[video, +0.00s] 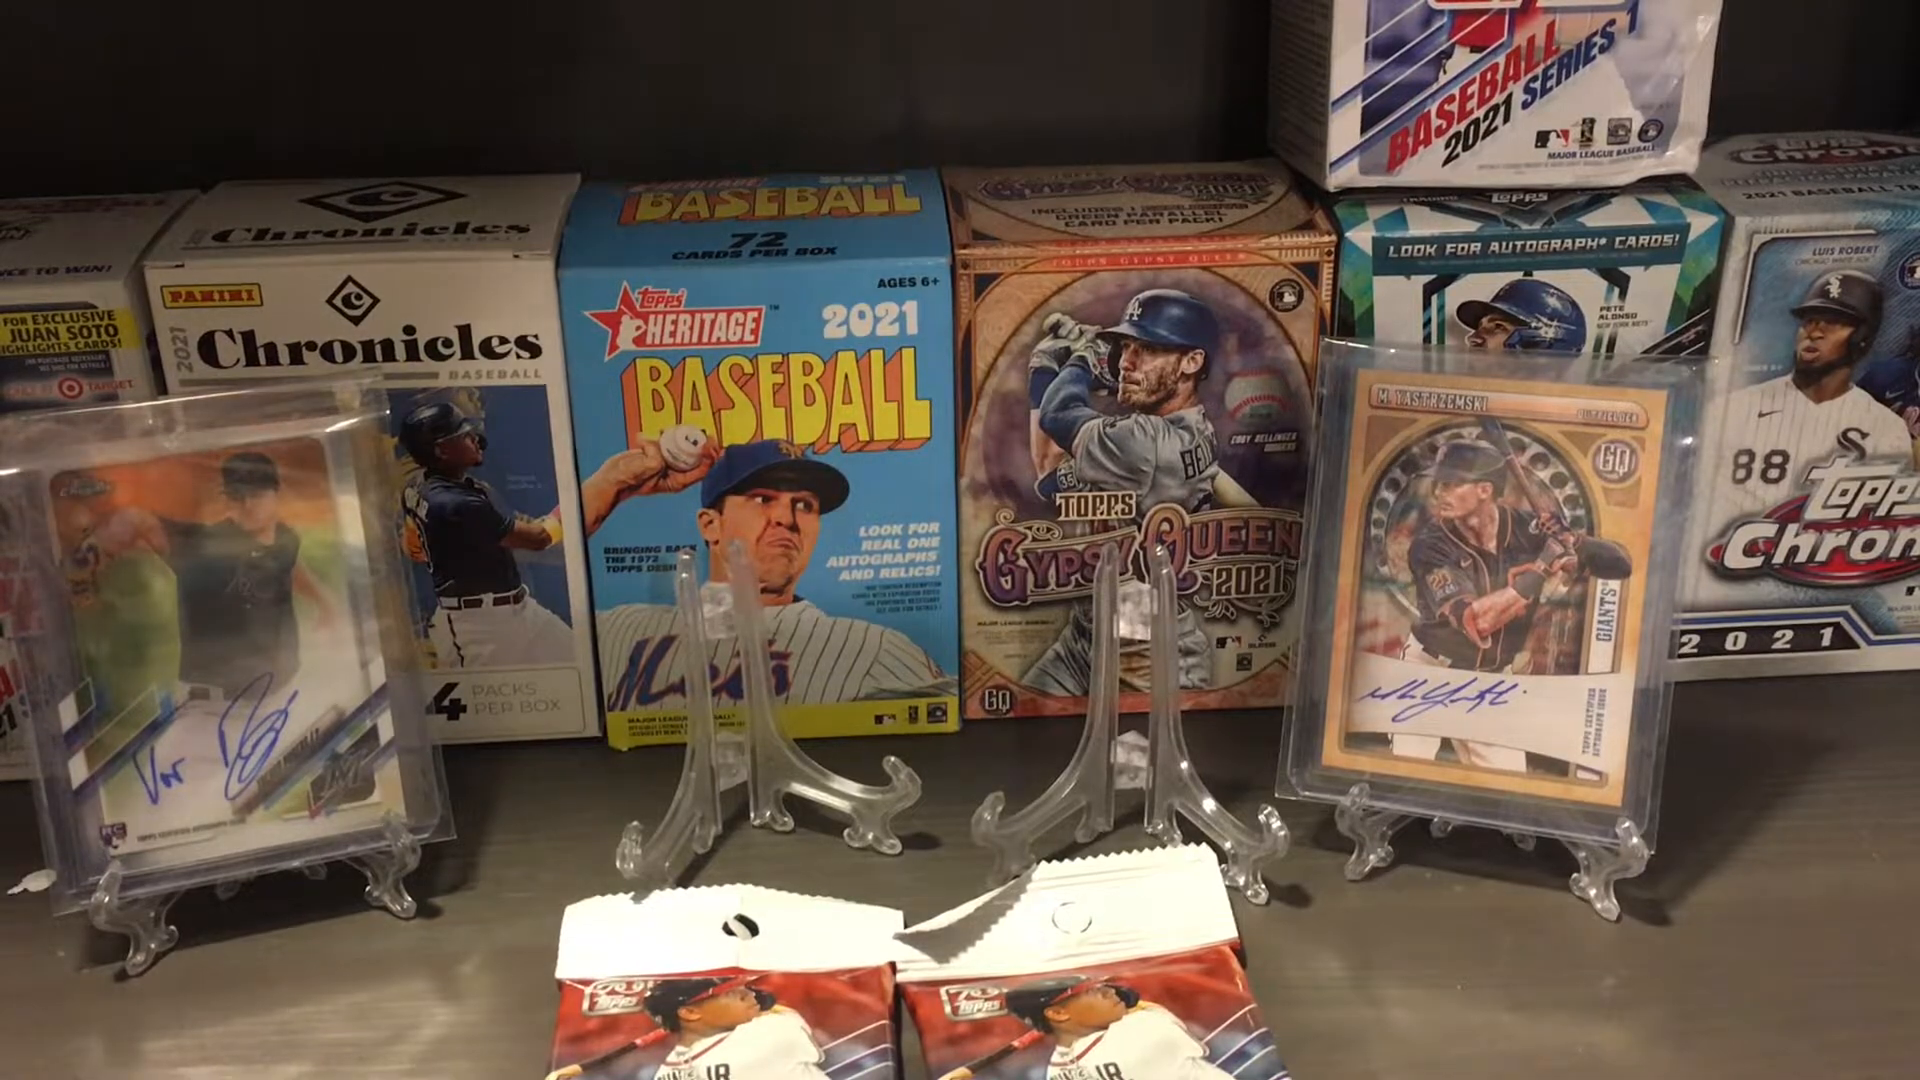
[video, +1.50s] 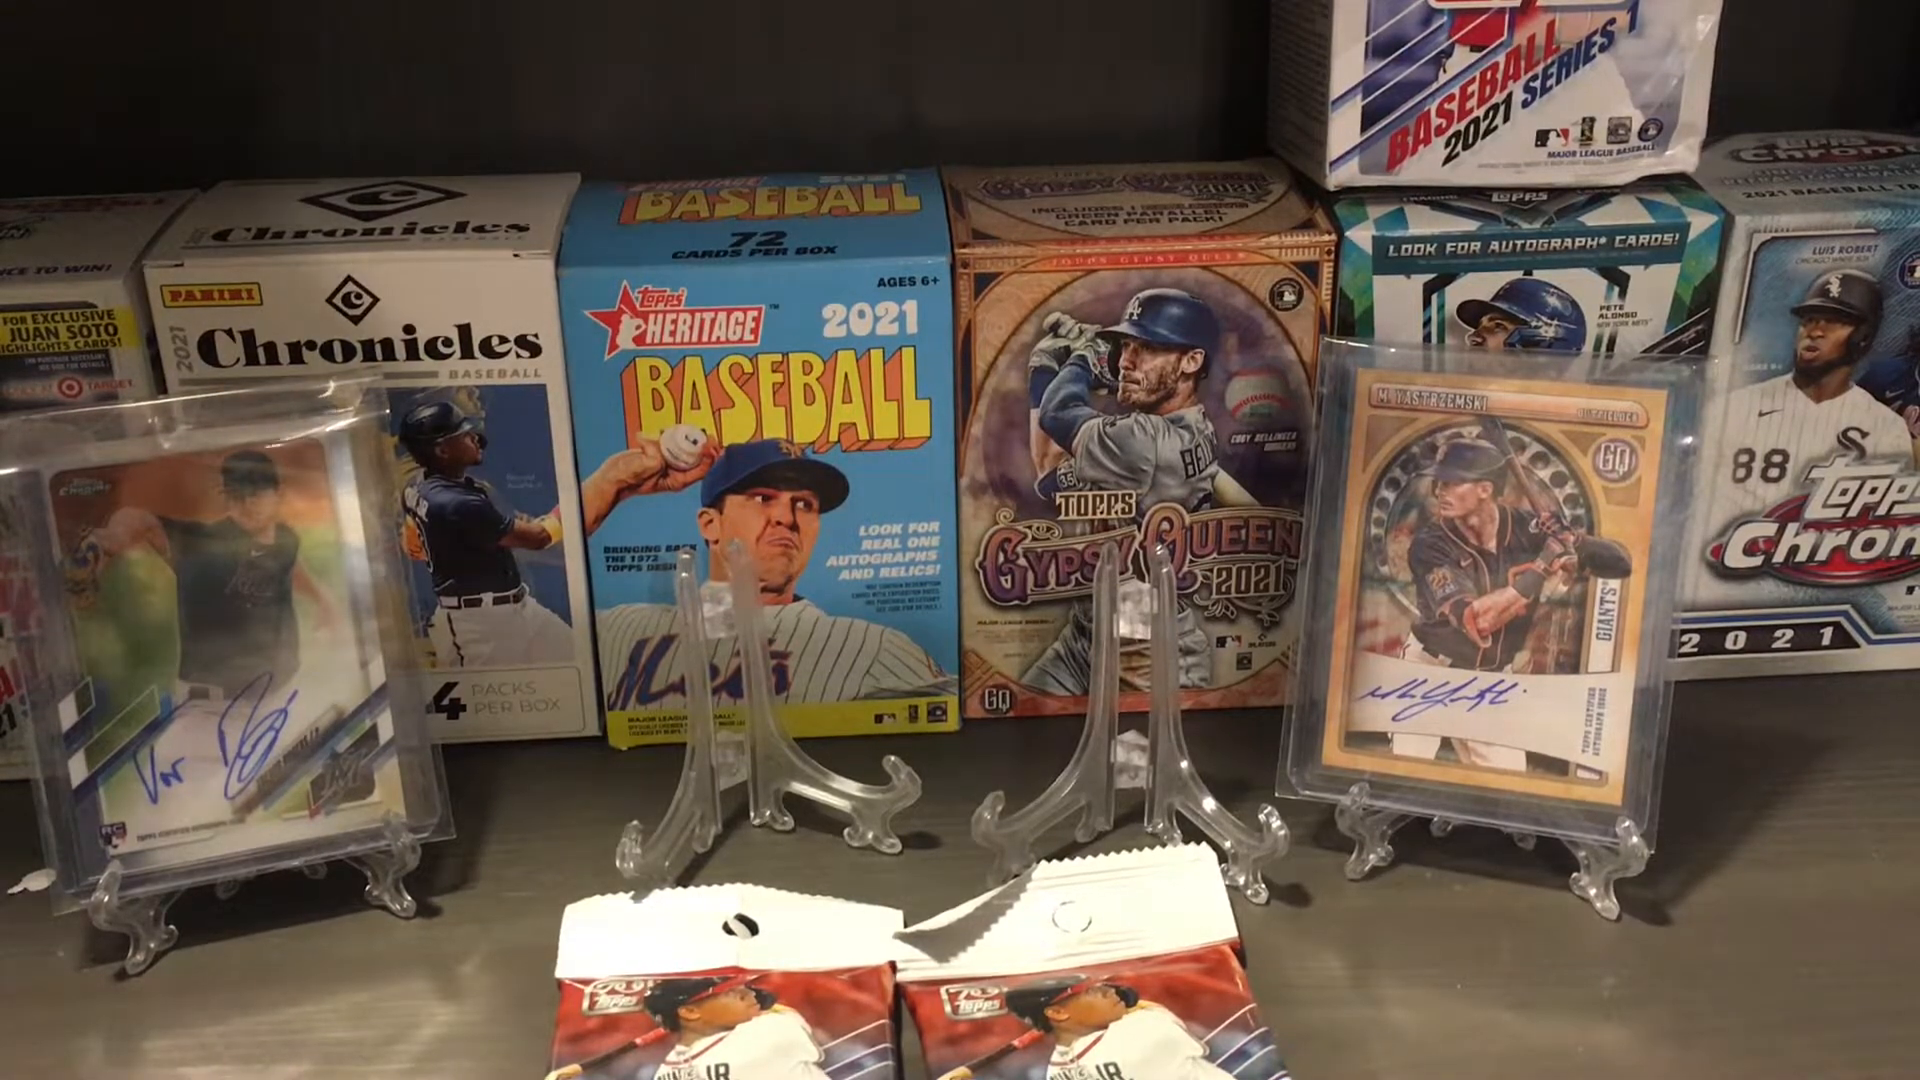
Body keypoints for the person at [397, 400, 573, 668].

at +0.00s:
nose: (474, 435)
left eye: (468, 429)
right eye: (463, 433)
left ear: (442, 451)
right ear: (441, 450)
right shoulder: (459, 506)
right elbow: (538, 538)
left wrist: (546, 522)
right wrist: (568, 512)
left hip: (520, 609)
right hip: (474, 623)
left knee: (588, 665)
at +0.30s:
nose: (474, 435)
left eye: (469, 429)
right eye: (464, 433)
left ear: (442, 451)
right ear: (441, 450)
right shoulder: (461, 505)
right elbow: (539, 537)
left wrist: (537, 524)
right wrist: (569, 510)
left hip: (520, 609)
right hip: (474, 623)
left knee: (588, 664)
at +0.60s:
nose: (474, 435)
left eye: (468, 429)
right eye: (463, 433)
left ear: (443, 451)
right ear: (442, 450)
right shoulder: (461, 506)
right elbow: (539, 538)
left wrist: (537, 524)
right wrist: (568, 512)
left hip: (520, 610)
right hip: (474, 624)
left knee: (588, 665)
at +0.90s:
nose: (474, 435)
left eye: (468, 429)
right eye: (463, 433)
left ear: (442, 451)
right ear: (442, 450)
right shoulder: (461, 506)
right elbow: (539, 537)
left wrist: (534, 524)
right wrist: (570, 510)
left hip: (520, 610)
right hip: (475, 624)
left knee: (589, 664)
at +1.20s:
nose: (474, 435)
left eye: (468, 430)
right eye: (463, 433)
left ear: (443, 452)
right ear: (442, 450)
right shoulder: (461, 506)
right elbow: (538, 537)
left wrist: (532, 524)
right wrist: (574, 506)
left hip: (519, 609)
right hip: (475, 623)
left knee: (587, 662)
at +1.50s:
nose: (475, 435)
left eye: (468, 430)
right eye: (464, 433)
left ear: (443, 451)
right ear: (442, 450)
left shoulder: (421, 489)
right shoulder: (461, 506)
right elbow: (538, 537)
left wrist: (533, 523)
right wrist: (573, 506)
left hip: (521, 609)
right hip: (477, 623)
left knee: (587, 663)